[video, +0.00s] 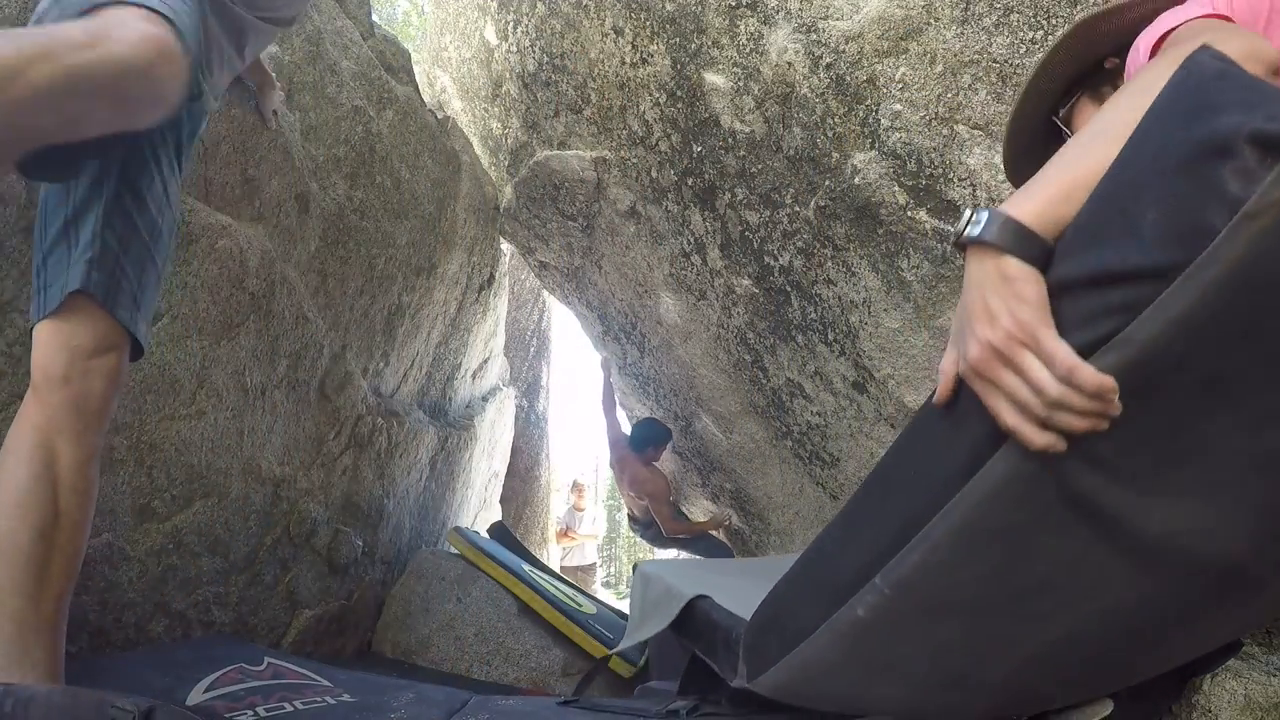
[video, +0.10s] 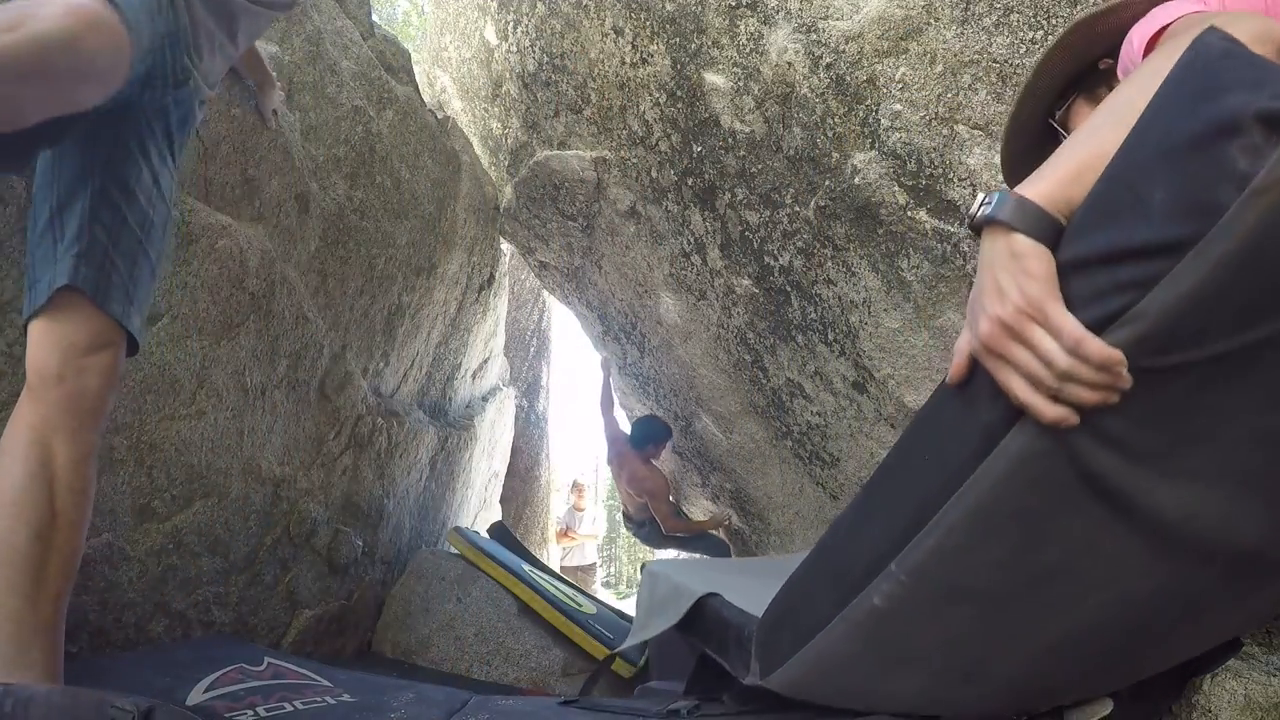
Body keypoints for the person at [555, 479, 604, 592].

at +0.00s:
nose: (581, 492)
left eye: (584, 489)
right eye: (577, 489)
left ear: (589, 492)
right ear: (571, 492)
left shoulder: (596, 513)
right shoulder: (564, 513)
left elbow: (597, 538)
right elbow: (560, 541)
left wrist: (571, 533)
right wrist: (585, 538)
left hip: (589, 564)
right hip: (567, 565)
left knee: (590, 603)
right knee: (568, 603)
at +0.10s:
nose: (580, 492)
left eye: (583, 489)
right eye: (577, 489)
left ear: (589, 492)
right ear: (571, 492)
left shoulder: (597, 513)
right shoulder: (564, 514)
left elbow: (597, 538)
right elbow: (560, 541)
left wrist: (572, 533)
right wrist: (585, 538)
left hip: (589, 565)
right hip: (567, 566)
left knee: (589, 604)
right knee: (567, 604)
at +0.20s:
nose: (580, 492)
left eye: (583, 489)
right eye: (577, 489)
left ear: (589, 492)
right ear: (571, 492)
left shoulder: (596, 513)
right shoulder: (564, 513)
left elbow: (597, 538)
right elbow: (560, 541)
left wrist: (572, 533)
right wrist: (585, 538)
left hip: (589, 565)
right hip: (567, 566)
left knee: (589, 604)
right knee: (567, 604)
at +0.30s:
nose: (580, 492)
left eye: (583, 489)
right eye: (577, 489)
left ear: (589, 492)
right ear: (571, 492)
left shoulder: (596, 513)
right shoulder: (564, 513)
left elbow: (597, 538)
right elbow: (560, 541)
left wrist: (572, 533)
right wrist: (585, 538)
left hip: (589, 565)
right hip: (567, 566)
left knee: (589, 604)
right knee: (567, 604)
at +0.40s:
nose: (580, 493)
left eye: (583, 490)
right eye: (577, 490)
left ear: (589, 492)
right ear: (571, 492)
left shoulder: (597, 513)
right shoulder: (564, 513)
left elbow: (596, 539)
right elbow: (560, 541)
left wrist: (571, 533)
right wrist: (584, 538)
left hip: (589, 565)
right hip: (567, 566)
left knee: (589, 604)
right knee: (568, 605)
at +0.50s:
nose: (580, 493)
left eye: (583, 490)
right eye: (577, 490)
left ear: (589, 492)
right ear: (571, 492)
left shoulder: (597, 513)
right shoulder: (564, 513)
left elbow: (596, 539)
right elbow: (560, 541)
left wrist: (571, 533)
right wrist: (584, 538)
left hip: (589, 565)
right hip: (567, 566)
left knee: (589, 605)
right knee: (568, 605)